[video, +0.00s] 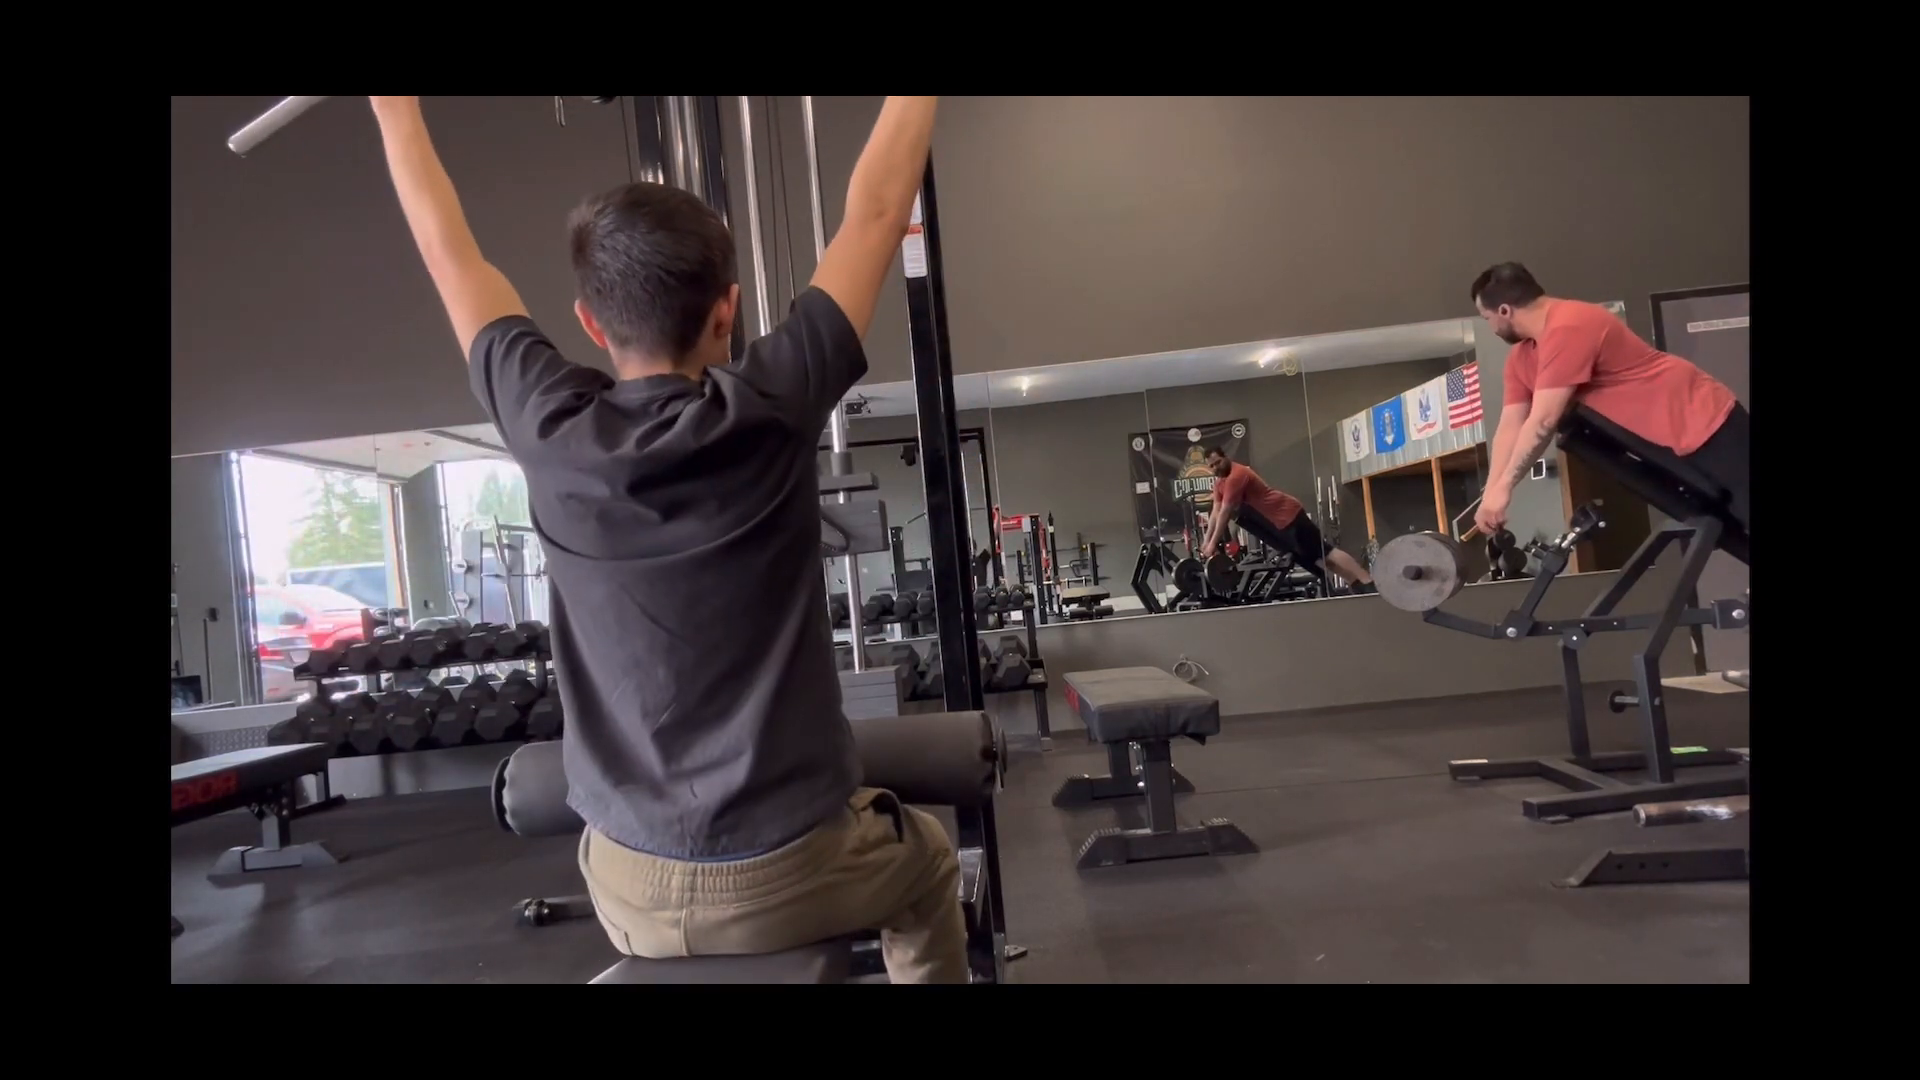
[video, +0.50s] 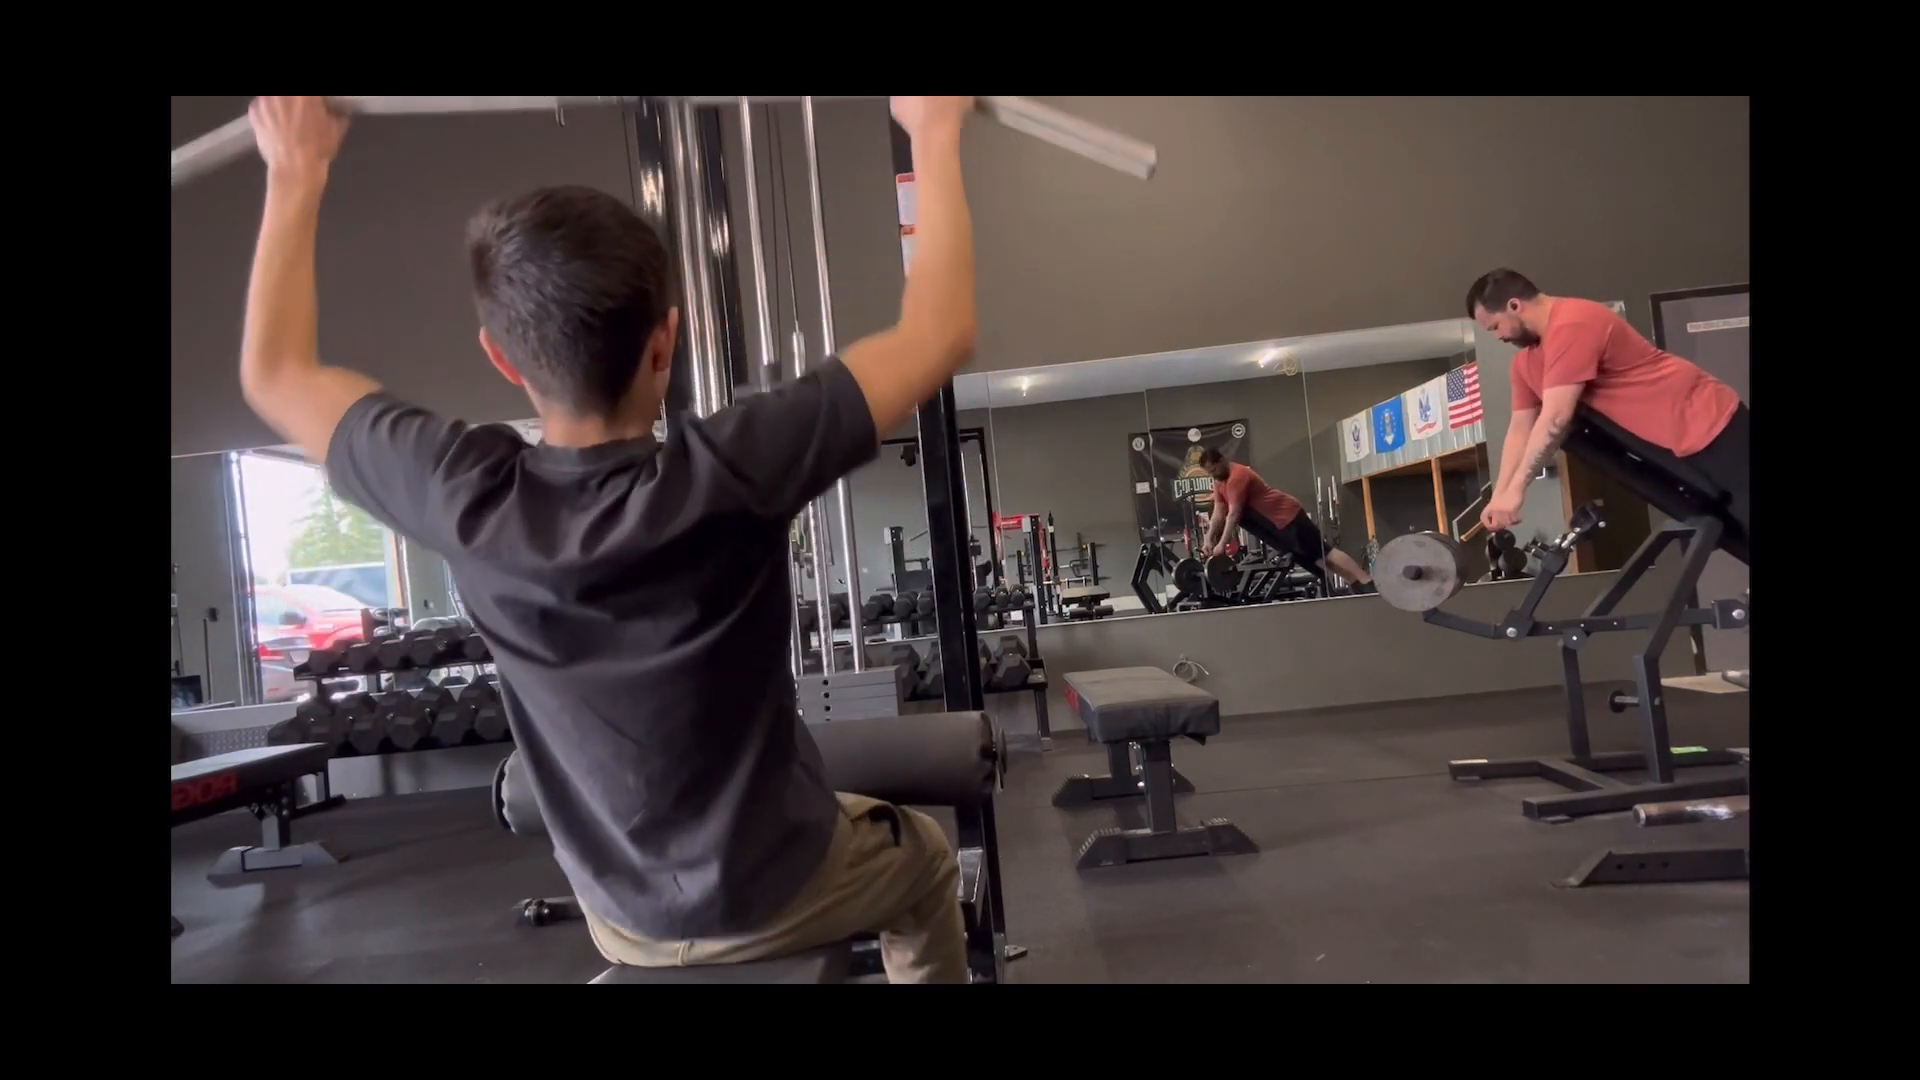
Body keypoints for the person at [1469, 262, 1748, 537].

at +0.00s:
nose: (1489, 325)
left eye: (1486, 317)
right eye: (1485, 318)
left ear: (1504, 311)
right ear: (1512, 308)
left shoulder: (1569, 324)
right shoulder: (1520, 358)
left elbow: (1543, 422)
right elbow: (1509, 424)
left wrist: (1503, 486)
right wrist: (1493, 491)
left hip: (1705, 420)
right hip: (1665, 446)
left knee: (1745, 518)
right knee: (1729, 531)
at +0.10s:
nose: (1490, 326)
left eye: (1487, 317)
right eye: (1485, 318)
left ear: (1505, 310)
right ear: (1513, 307)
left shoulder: (1571, 323)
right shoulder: (1521, 358)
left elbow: (1545, 420)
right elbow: (1512, 423)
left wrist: (1504, 486)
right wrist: (1496, 490)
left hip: (1706, 420)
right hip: (1667, 446)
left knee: (1745, 520)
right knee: (1729, 532)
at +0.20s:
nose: (1491, 325)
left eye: (1489, 316)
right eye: (1487, 318)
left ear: (1508, 309)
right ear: (1513, 307)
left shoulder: (1572, 322)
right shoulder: (1524, 357)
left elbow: (1546, 420)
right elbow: (1514, 422)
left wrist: (1507, 483)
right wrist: (1499, 489)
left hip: (1710, 422)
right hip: (1670, 448)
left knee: (1745, 524)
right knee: (1730, 534)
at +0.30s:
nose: (1493, 328)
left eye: (1490, 319)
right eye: (1488, 322)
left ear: (1512, 307)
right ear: (1512, 308)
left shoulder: (1573, 321)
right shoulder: (1525, 357)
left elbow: (1547, 420)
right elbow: (1514, 425)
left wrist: (1508, 484)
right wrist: (1500, 490)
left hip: (1712, 423)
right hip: (1674, 449)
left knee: (1745, 528)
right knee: (1730, 535)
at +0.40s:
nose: (1495, 333)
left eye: (1492, 323)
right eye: (1489, 327)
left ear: (1513, 306)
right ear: (1513, 308)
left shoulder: (1573, 322)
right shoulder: (1526, 359)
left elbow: (1550, 420)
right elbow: (1516, 426)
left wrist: (1510, 486)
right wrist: (1500, 491)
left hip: (1712, 423)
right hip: (1675, 450)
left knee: (1745, 526)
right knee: (1732, 535)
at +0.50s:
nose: (1498, 337)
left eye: (1495, 327)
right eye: (1491, 332)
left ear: (1515, 306)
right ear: (1514, 309)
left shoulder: (1573, 322)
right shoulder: (1526, 362)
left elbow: (1556, 420)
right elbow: (1519, 428)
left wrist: (1515, 489)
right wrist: (1501, 492)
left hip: (1711, 422)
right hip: (1676, 449)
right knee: (1734, 534)